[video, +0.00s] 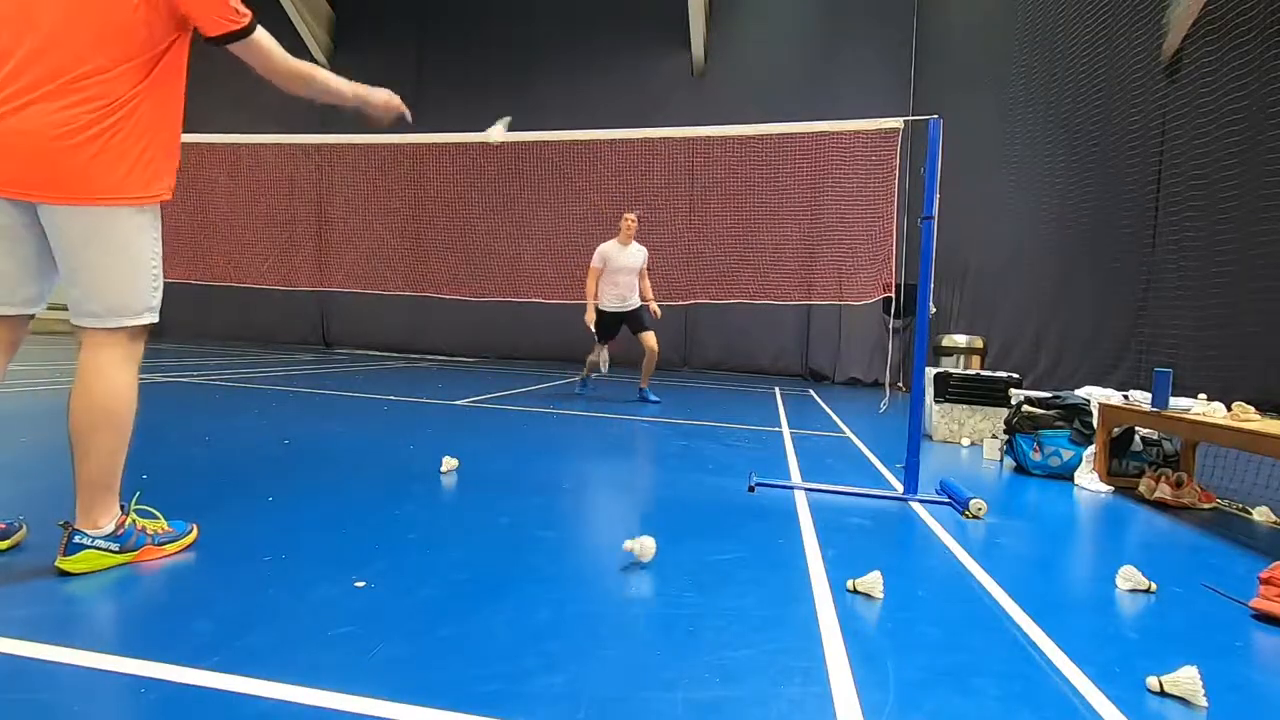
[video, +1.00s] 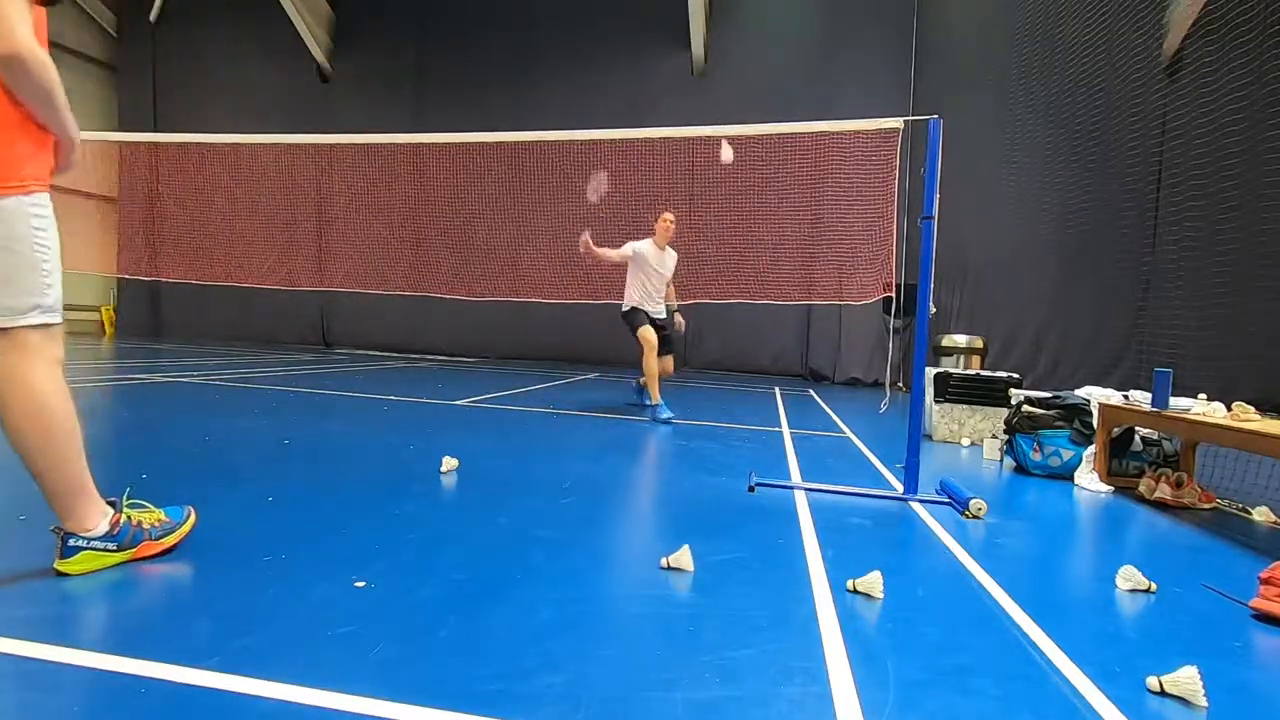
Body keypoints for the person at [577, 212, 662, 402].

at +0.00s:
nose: (630, 224)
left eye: (633, 221)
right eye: (626, 220)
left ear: (637, 227)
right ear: (620, 224)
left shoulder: (642, 252)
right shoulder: (604, 250)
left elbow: (644, 278)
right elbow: (592, 279)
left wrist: (651, 300)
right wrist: (590, 309)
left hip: (633, 307)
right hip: (608, 309)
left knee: (652, 348)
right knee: (598, 352)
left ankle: (643, 388)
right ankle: (584, 377)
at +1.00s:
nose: (669, 226)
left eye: (672, 223)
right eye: (665, 221)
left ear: (675, 229)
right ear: (655, 225)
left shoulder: (672, 256)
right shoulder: (639, 248)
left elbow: (668, 285)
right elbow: (615, 255)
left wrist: (675, 312)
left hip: (658, 312)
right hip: (635, 308)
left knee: (667, 368)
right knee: (651, 342)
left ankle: (642, 383)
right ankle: (657, 403)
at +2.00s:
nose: (599, 214)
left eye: (602, 211)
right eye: (596, 211)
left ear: (608, 215)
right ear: (590, 214)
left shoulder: (618, 239)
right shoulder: (578, 240)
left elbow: (630, 262)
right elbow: (568, 265)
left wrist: (627, 282)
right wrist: (565, 287)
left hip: (611, 297)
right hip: (585, 298)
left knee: (625, 337)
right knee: (575, 339)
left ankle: (632, 386)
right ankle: (569, 380)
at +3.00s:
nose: (669, 211)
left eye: (672, 208)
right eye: (664, 207)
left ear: (674, 214)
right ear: (654, 211)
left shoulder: (669, 243)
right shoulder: (642, 231)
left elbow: (661, 272)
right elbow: (633, 238)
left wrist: (673, 294)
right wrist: (647, 230)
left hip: (650, 303)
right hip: (626, 300)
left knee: (649, 351)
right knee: (642, 340)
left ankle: (628, 383)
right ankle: (640, 402)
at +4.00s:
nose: (630, 201)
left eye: (634, 198)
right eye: (626, 198)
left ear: (639, 204)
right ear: (620, 204)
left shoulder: (647, 233)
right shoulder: (606, 227)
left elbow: (655, 260)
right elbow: (577, 236)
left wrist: (668, 274)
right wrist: (556, 223)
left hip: (633, 293)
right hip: (609, 291)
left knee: (636, 342)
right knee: (604, 338)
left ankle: (624, 389)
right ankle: (595, 387)